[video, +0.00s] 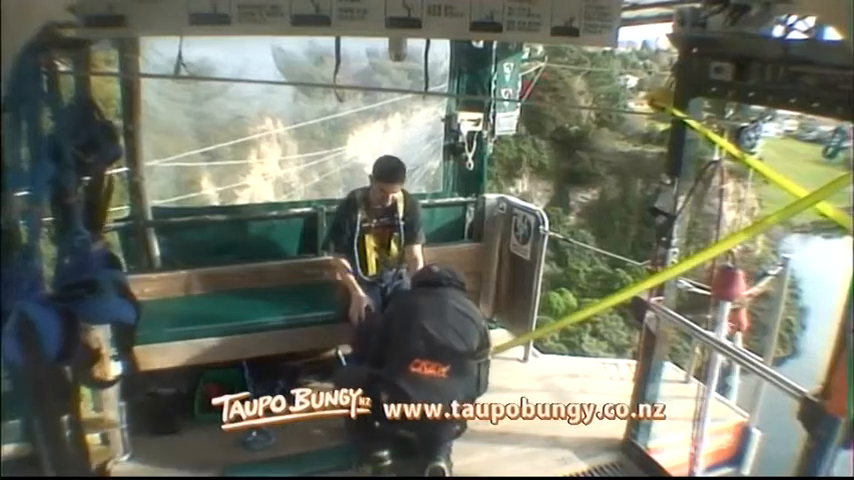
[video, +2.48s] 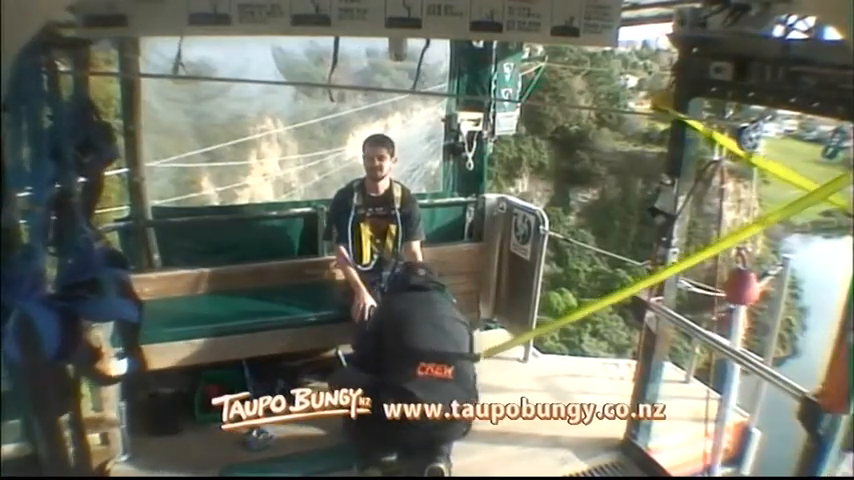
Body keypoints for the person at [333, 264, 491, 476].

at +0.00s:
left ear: (417, 284)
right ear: (459, 286)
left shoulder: (401, 301)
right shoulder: (475, 315)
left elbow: (371, 353)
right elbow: (481, 384)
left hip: (399, 401)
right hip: (453, 403)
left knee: (347, 378)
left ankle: (376, 447)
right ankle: (441, 455)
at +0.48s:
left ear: (411, 283)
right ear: (451, 283)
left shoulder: (397, 303)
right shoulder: (468, 309)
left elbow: (370, 354)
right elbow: (476, 368)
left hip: (400, 409)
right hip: (455, 410)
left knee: (348, 377)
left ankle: (379, 451)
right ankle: (441, 457)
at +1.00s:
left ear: (412, 278)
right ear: (449, 280)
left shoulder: (394, 300)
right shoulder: (463, 305)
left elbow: (374, 352)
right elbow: (479, 349)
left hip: (394, 406)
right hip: (448, 408)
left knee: (347, 377)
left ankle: (378, 452)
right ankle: (440, 457)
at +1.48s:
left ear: (413, 280)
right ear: (447, 284)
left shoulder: (390, 304)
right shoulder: (461, 310)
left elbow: (368, 358)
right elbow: (480, 376)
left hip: (390, 412)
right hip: (443, 413)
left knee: (349, 376)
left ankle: (375, 453)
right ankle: (439, 458)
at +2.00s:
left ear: (395, 288)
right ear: (434, 285)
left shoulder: (388, 305)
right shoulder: (449, 305)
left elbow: (365, 360)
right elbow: (465, 352)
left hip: (400, 416)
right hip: (453, 416)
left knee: (346, 379)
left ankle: (378, 456)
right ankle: (441, 457)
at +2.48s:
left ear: (396, 285)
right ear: (436, 285)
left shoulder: (388, 307)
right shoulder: (458, 316)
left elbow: (364, 363)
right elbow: (468, 376)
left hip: (398, 417)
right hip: (453, 420)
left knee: (342, 380)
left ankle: (376, 454)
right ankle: (440, 456)